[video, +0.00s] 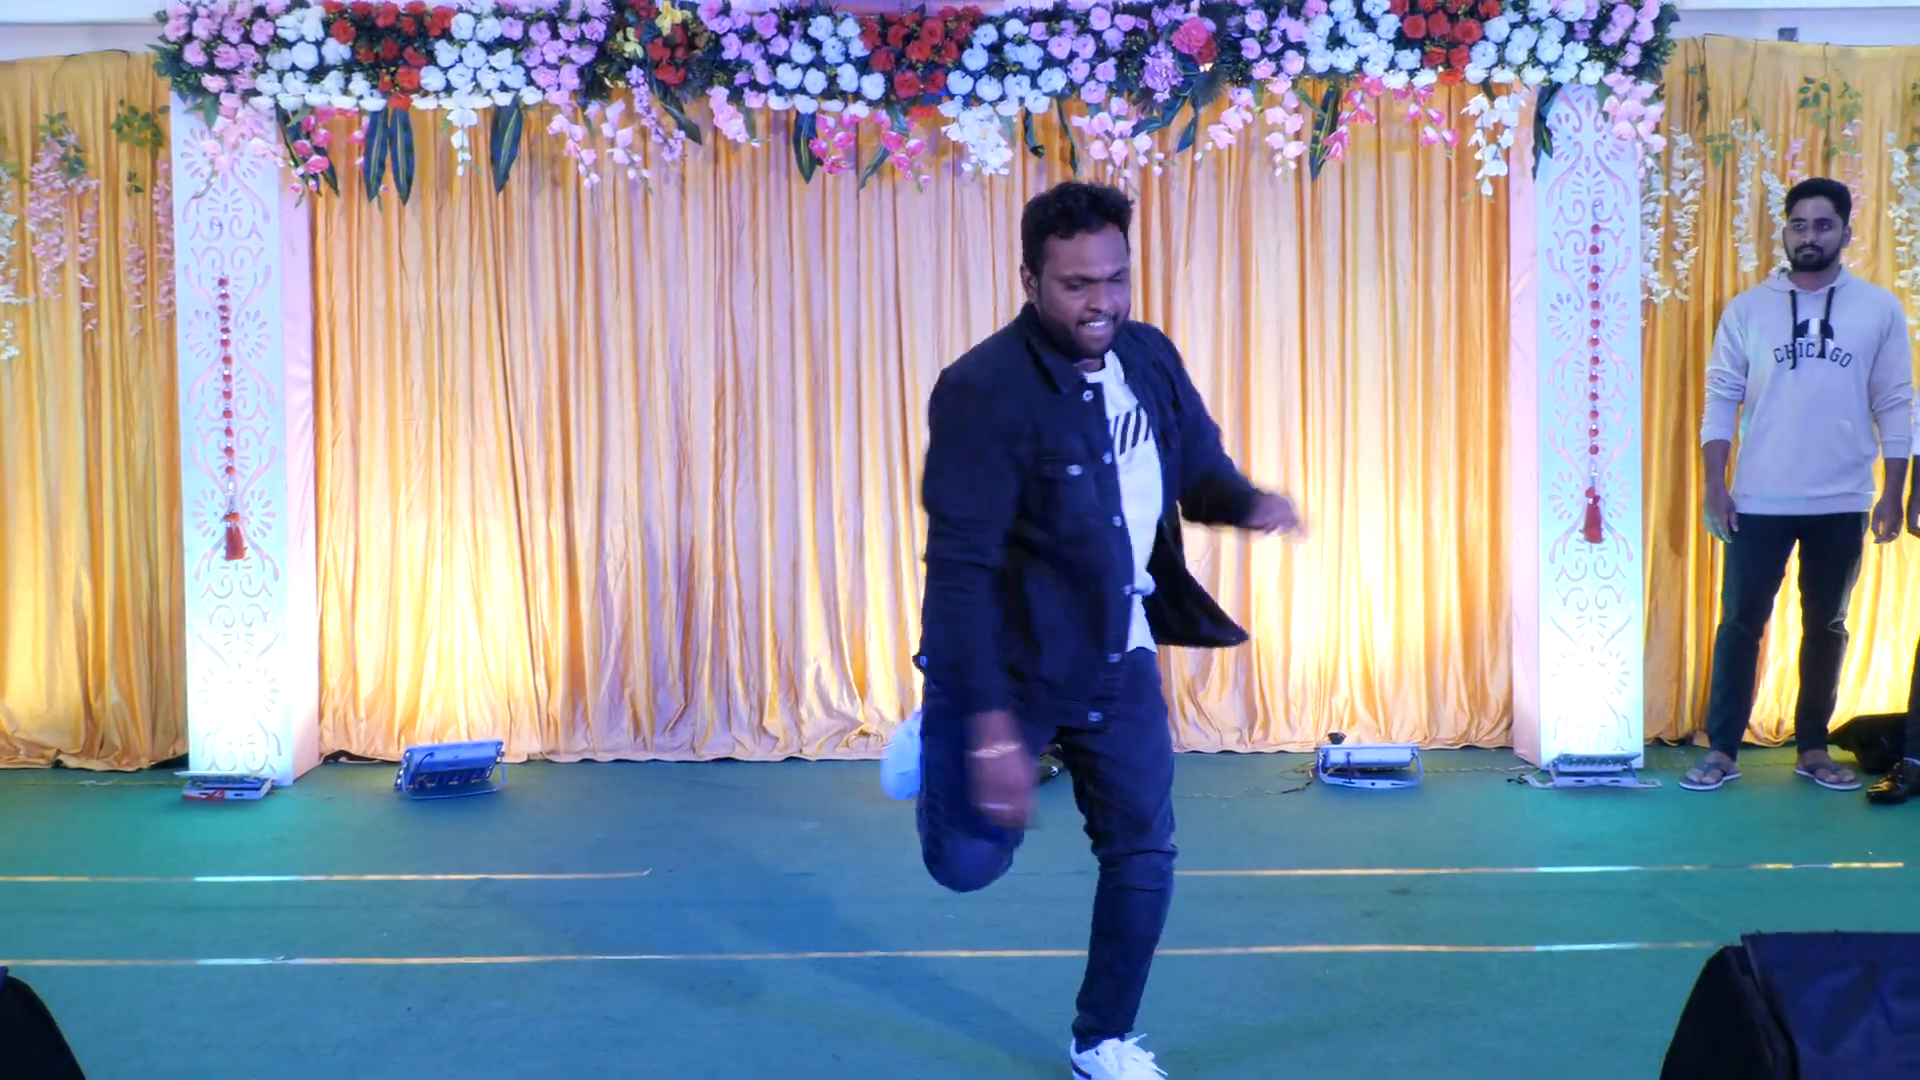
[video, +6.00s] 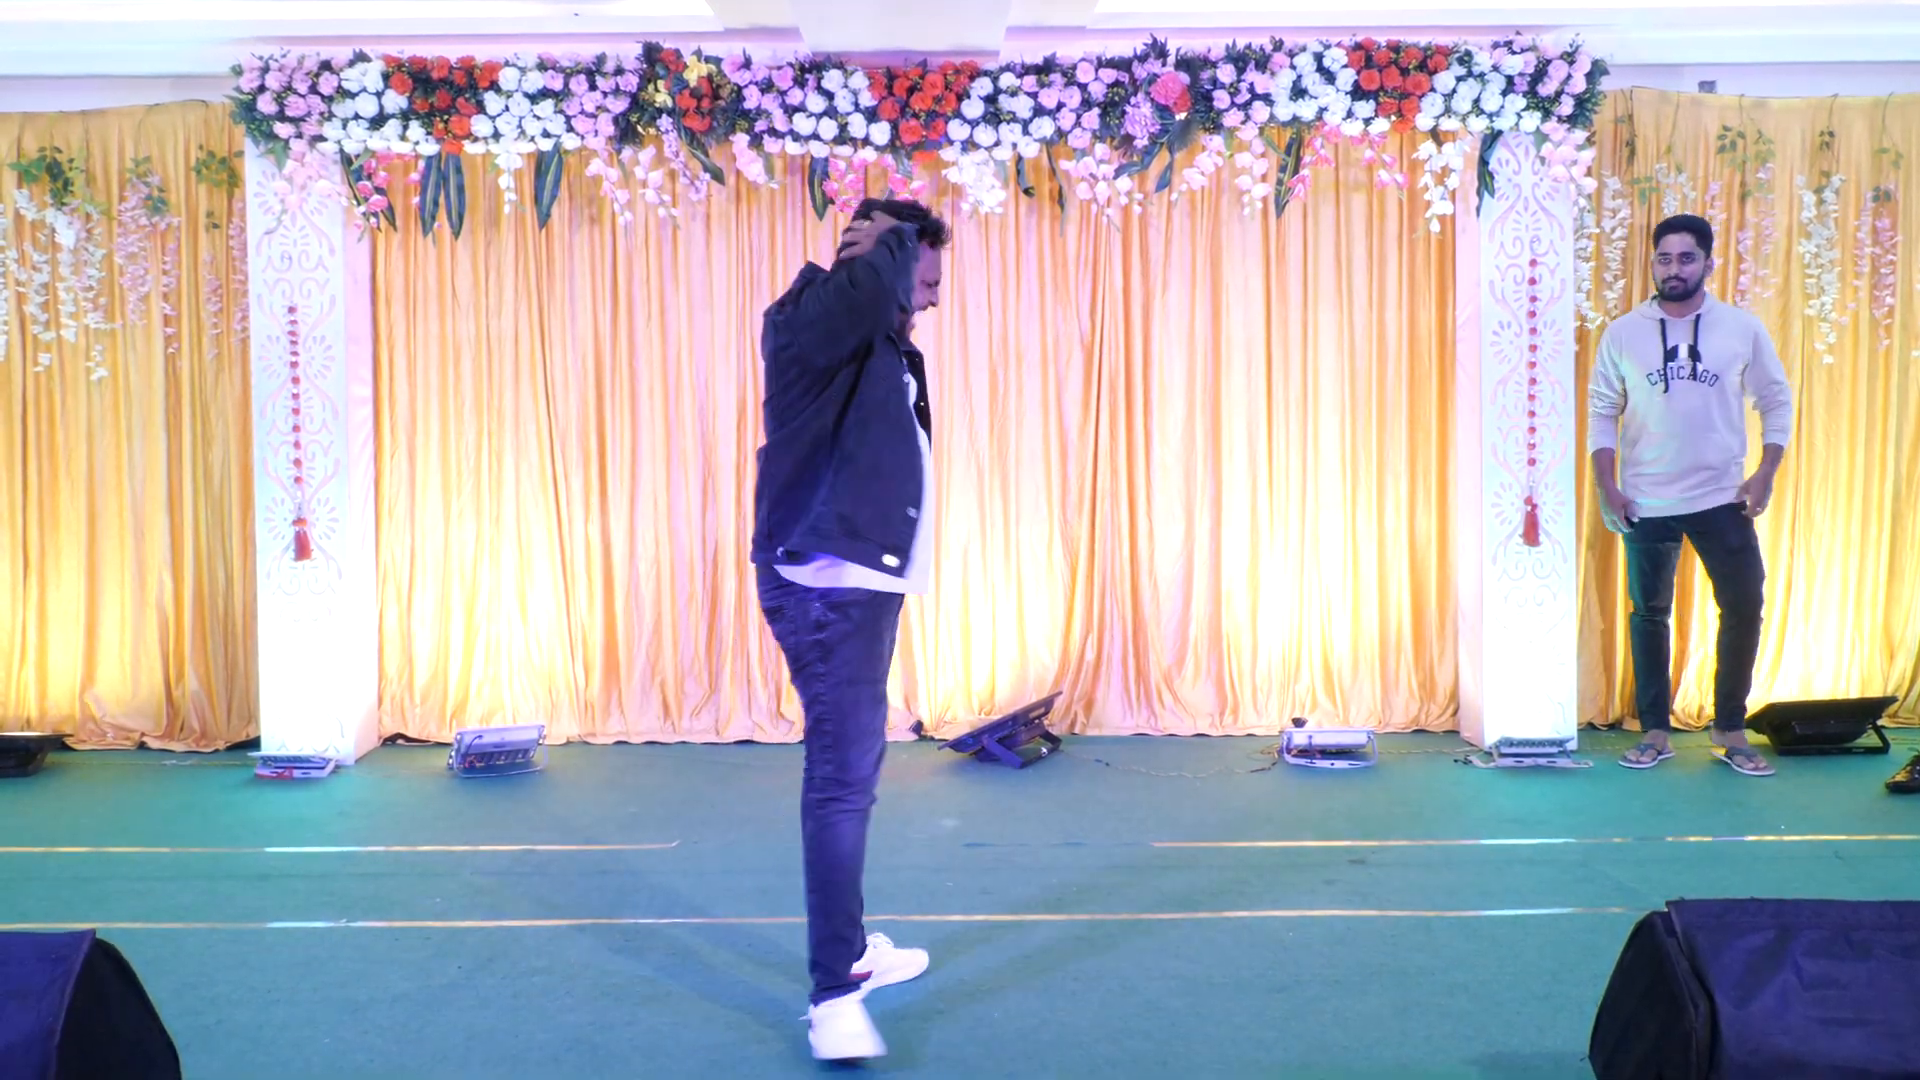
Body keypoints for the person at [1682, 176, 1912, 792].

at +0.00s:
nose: (1809, 235)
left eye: (1823, 225)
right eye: (1798, 224)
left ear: (1845, 234)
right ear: (1784, 231)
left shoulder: (1878, 309)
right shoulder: (1747, 309)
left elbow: (1896, 404)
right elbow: (1721, 397)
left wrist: (1894, 490)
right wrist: (1714, 482)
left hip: (1840, 499)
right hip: (1760, 497)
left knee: (1826, 629)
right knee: (1740, 623)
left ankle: (1812, 750)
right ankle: (1722, 751)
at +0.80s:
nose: (1739, 269)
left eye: (1750, 260)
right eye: (1728, 259)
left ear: (1763, 268)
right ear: (1707, 266)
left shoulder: (1789, 336)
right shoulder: (1670, 334)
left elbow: (1803, 421)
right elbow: (1645, 413)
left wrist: (1800, 501)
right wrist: (1637, 489)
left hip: (1753, 507)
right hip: (1681, 505)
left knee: (1739, 626)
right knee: (1660, 621)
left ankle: (1726, 734)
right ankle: (1644, 734)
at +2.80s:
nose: (1716, 275)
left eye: (1729, 266)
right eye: (1709, 266)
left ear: (1758, 271)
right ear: (1703, 271)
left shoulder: (1792, 342)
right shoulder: (1672, 339)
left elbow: (1807, 426)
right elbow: (1648, 416)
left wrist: (1803, 505)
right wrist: (1637, 492)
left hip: (1755, 511)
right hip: (1682, 508)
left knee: (1742, 630)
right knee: (1661, 624)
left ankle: (1727, 737)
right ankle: (1645, 737)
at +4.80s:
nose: (1694, 285)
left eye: (1704, 275)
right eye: (1682, 274)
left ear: (1718, 279)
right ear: (1662, 277)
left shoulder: (1747, 327)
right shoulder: (1629, 333)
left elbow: (1788, 362)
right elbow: (1590, 370)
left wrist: (1764, 440)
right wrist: (1603, 439)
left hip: (1721, 495)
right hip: (1647, 495)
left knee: (1726, 618)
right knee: (1647, 615)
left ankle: (1728, 739)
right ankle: (1651, 734)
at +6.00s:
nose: (1675, 267)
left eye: (1686, 257)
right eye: (1665, 258)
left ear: (1708, 264)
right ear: (1652, 265)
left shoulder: (1741, 328)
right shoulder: (1621, 335)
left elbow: (1776, 400)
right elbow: (1602, 412)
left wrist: (1766, 472)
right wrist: (1607, 484)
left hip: (1719, 497)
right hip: (1647, 502)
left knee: (1744, 604)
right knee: (1649, 612)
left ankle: (1730, 730)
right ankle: (1655, 731)